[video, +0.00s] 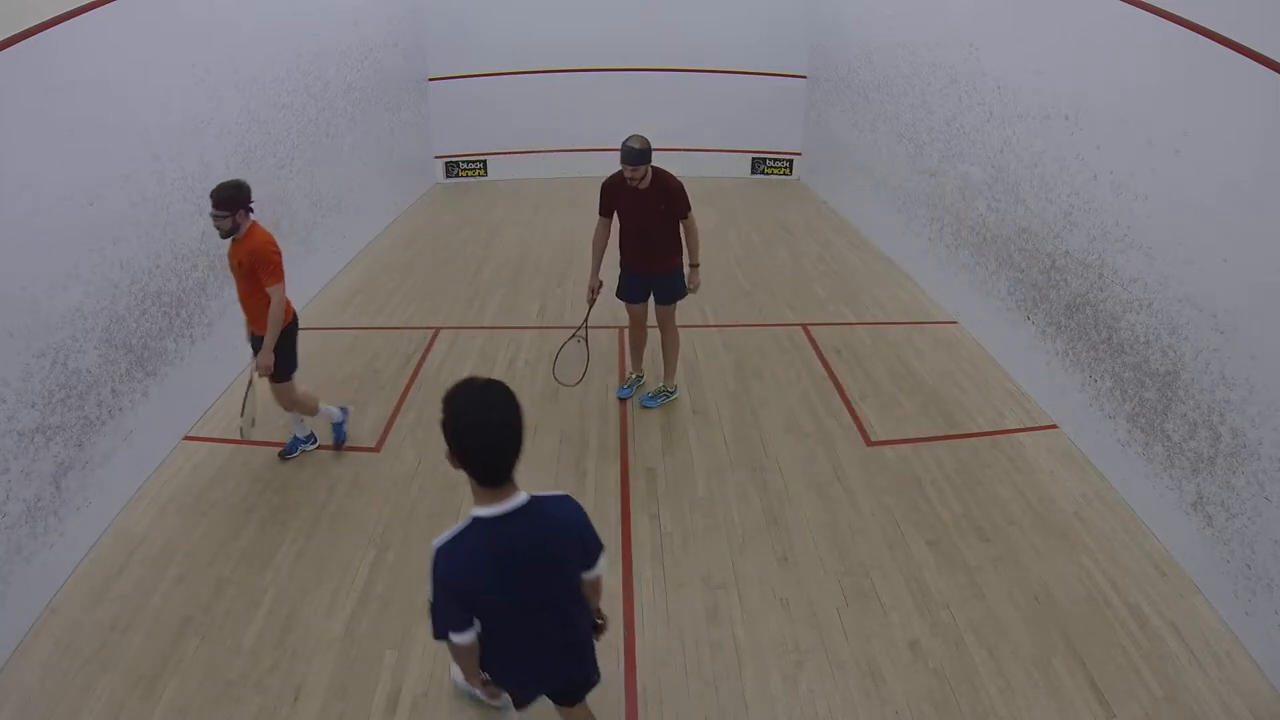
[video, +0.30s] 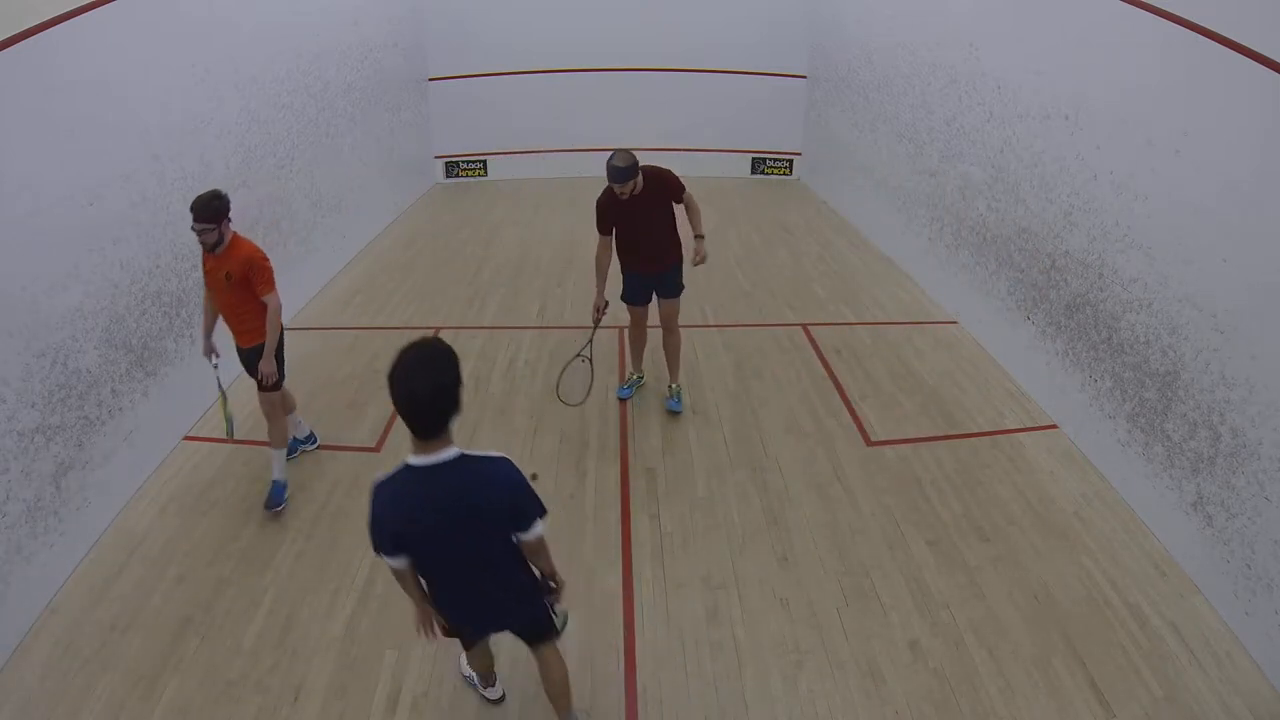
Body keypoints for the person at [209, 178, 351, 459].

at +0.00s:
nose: (215, 223)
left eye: (221, 217)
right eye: (213, 217)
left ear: (242, 214)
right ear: (238, 214)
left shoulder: (260, 245)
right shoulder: (238, 240)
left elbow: (278, 301)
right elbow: (251, 291)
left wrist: (267, 350)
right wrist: (251, 328)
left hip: (279, 329)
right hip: (260, 328)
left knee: (286, 395)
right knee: (281, 387)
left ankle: (337, 415)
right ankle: (303, 434)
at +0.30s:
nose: (200, 237)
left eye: (205, 231)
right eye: (196, 231)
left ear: (225, 225)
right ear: (193, 225)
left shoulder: (250, 257)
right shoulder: (209, 252)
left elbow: (274, 306)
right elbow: (212, 295)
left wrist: (269, 355)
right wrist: (207, 336)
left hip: (266, 341)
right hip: (243, 342)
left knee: (270, 407)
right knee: (273, 389)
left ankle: (278, 480)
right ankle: (302, 434)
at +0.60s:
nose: (187, 254)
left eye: (193, 247)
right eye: (182, 247)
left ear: (212, 240)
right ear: (179, 241)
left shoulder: (239, 275)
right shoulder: (188, 274)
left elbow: (262, 325)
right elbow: (194, 319)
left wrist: (239, 370)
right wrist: (193, 362)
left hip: (249, 357)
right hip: (219, 363)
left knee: (260, 424)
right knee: (239, 418)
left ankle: (273, 491)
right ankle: (281, 438)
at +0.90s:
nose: (172, 272)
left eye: (178, 264)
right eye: (166, 265)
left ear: (197, 255)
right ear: (163, 260)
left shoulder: (228, 287)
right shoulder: (171, 294)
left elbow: (249, 346)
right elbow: (179, 341)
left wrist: (221, 396)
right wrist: (184, 388)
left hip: (241, 381)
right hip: (202, 389)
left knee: (260, 443)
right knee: (216, 467)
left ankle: (273, 491)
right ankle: (245, 514)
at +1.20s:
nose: (149, 301)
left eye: (154, 291)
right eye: (141, 294)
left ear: (173, 280)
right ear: (134, 290)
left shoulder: (209, 314)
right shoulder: (143, 331)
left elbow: (241, 372)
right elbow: (160, 383)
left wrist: (257, 427)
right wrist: (177, 426)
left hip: (230, 421)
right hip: (189, 434)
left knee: (254, 474)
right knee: (218, 507)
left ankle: (272, 494)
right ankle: (254, 571)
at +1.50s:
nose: (148, 322)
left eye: (155, 310)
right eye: (137, 314)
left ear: (168, 296)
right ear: (125, 308)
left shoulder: (202, 332)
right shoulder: (119, 360)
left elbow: (240, 380)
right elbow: (120, 418)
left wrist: (269, 432)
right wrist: (146, 477)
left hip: (227, 450)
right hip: (183, 469)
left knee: (265, 533)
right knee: (220, 529)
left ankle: (289, 589)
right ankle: (253, 572)